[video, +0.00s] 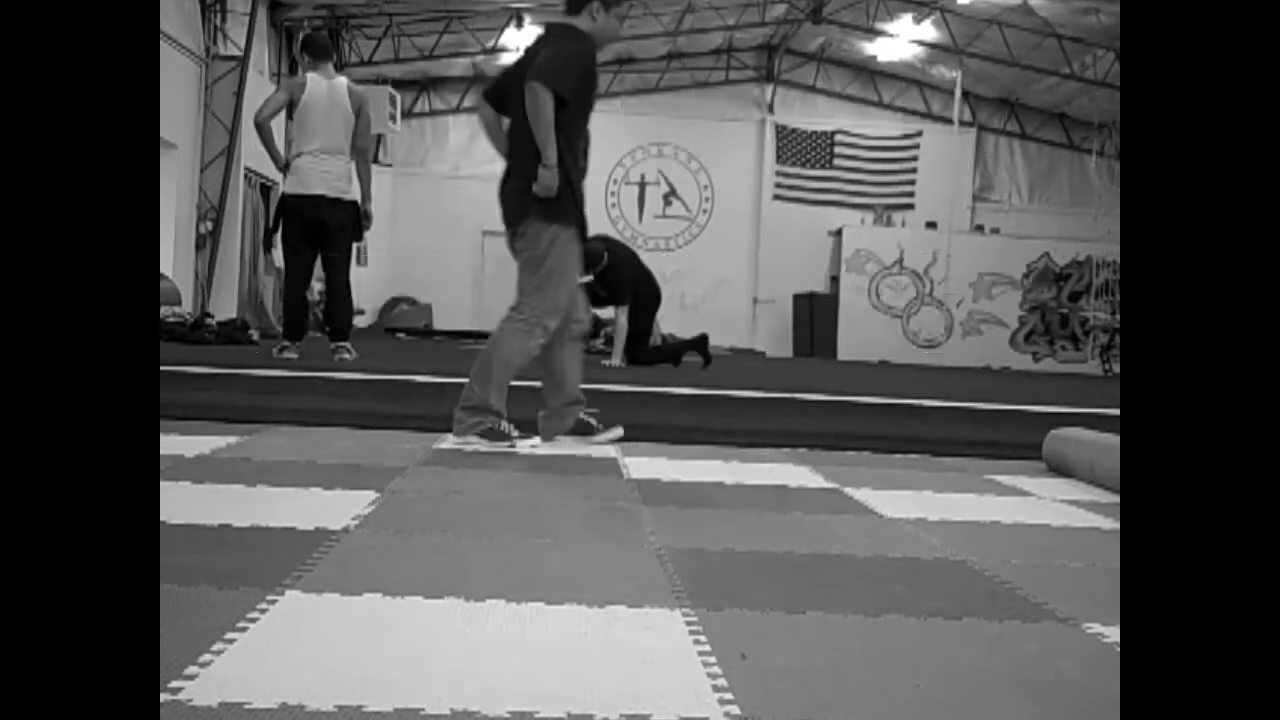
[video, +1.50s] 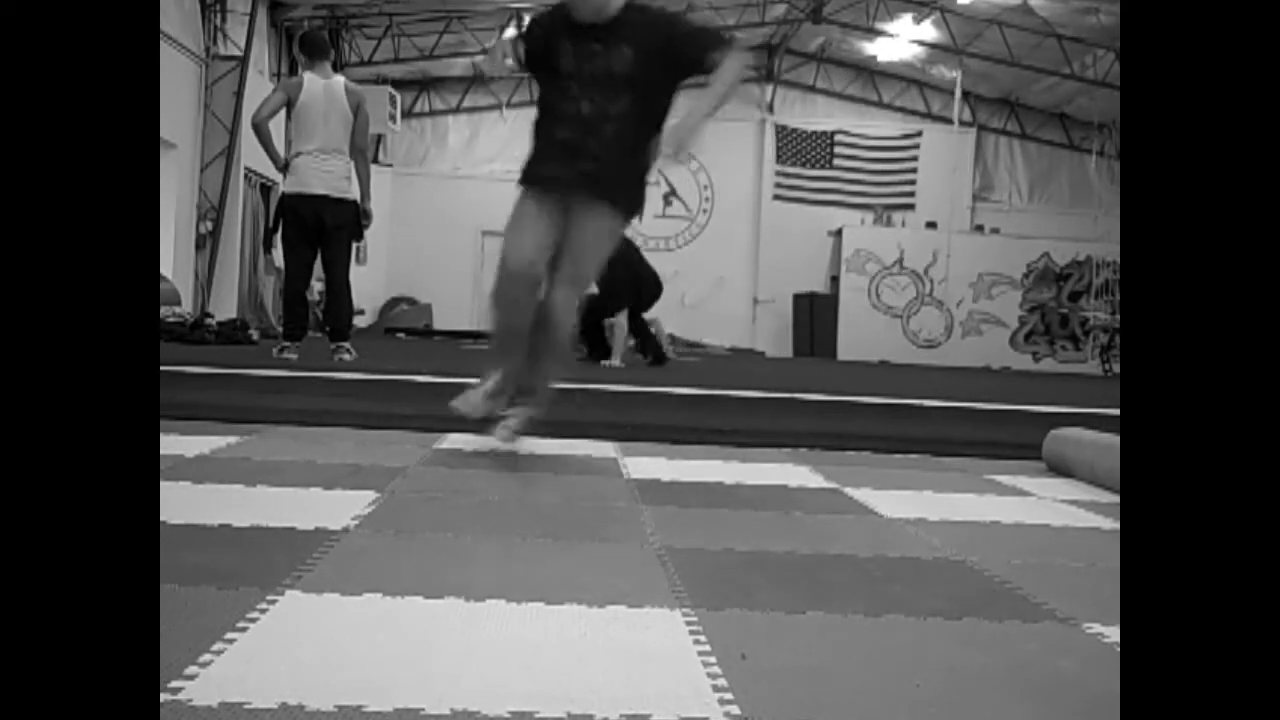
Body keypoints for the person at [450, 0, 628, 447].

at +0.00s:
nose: (621, 27)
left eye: (622, 16)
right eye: (619, 15)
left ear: (579, 8)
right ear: (597, 9)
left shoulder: (545, 47)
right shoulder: (574, 43)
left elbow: (488, 105)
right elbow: (539, 88)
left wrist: (517, 159)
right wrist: (549, 164)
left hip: (534, 194)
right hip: (550, 196)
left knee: (569, 316)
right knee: (538, 313)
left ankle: (563, 416)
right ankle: (477, 413)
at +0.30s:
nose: (667, 38)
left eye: (673, 30)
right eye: (662, 25)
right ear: (634, 13)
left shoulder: (636, 67)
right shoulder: (596, 42)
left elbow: (625, 131)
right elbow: (525, 72)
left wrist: (630, 171)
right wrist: (559, 131)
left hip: (607, 200)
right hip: (585, 198)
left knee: (590, 306)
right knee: (634, 292)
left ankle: (559, 418)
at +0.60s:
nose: (692, 49)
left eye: (700, 40)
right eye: (684, 38)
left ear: (707, 35)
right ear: (658, 27)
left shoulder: (709, 80)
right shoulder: (616, 77)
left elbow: (729, 139)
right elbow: (571, 142)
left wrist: (734, 192)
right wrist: (592, 198)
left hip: (680, 214)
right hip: (630, 213)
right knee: (677, 316)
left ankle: (624, 375)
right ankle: (681, 427)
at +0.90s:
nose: (681, 59)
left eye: (691, 47)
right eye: (670, 49)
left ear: (707, 37)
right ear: (655, 42)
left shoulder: (736, 78)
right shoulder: (637, 83)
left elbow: (801, 120)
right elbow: (605, 148)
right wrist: (644, 105)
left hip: (734, 214)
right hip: (673, 223)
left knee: (757, 324)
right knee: (712, 348)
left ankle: (794, 416)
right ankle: (773, 431)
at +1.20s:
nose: (680, 51)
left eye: (691, 40)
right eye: (671, 39)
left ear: (712, 36)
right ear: (660, 32)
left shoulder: (729, 92)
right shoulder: (625, 84)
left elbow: (732, 155)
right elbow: (599, 154)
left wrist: (723, 206)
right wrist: (608, 206)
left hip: (689, 220)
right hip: (627, 218)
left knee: (677, 319)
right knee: (627, 321)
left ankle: (673, 425)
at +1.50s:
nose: (579, 8)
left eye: (587, 4)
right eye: (574, 5)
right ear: (568, 0)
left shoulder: (655, 28)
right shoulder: (552, 26)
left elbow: (734, 59)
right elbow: (507, 59)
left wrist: (687, 128)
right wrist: (495, 60)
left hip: (610, 183)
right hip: (548, 174)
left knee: (562, 294)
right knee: (515, 269)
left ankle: (530, 405)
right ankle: (505, 374)